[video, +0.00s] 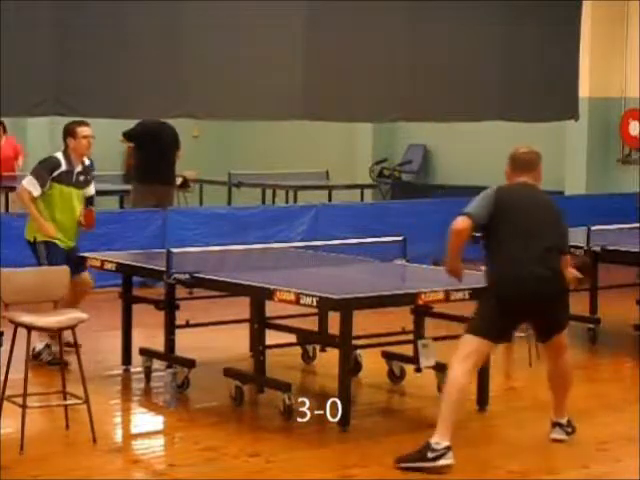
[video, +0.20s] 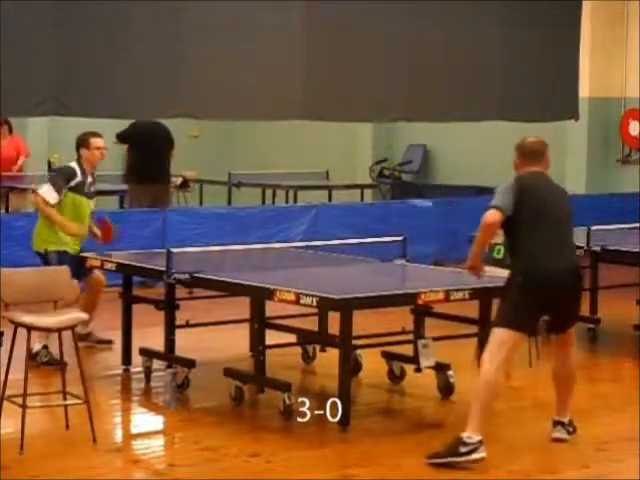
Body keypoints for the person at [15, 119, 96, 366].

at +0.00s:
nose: (89, 143)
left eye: (90, 138)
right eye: (84, 138)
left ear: (88, 142)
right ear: (70, 141)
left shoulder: (87, 168)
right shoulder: (52, 164)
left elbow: (89, 201)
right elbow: (23, 192)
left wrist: (87, 219)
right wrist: (41, 223)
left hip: (68, 238)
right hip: (45, 237)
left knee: (83, 284)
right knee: (57, 290)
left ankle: (57, 331)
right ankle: (47, 344)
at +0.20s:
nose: (102, 154)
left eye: (103, 150)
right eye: (98, 149)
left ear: (98, 153)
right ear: (83, 151)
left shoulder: (90, 178)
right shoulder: (67, 173)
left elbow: (81, 214)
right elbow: (40, 199)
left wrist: (94, 230)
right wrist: (69, 226)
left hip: (74, 246)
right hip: (53, 246)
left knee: (97, 280)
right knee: (54, 295)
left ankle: (83, 329)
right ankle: (40, 346)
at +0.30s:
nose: (109, 162)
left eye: (110, 158)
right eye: (105, 157)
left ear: (95, 162)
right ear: (91, 159)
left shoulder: (84, 182)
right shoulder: (82, 181)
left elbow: (77, 223)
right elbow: (75, 210)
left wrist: (95, 241)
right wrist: (105, 227)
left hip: (71, 250)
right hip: (57, 251)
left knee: (99, 281)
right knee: (76, 297)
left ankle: (85, 329)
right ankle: (42, 346)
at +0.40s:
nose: (112, 168)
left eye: (112, 163)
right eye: (108, 162)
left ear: (92, 165)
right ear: (94, 163)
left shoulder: (71, 181)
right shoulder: (95, 183)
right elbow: (101, 209)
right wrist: (129, 224)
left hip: (48, 250)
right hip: (66, 253)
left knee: (98, 280)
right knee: (83, 299)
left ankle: (86, 329)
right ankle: (41, 346)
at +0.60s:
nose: (115, 172)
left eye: (116, 167)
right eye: (112, 167)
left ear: (91, 168)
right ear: (98, 166)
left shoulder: (70, 183)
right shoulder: (103, 181)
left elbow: (45, 215)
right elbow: (122, 196)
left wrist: (61, 224)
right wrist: (153, 218)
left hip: (53, 247)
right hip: (75, 250)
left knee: (99, 276)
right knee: (79, 300)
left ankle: (86, 328)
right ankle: (41, 346)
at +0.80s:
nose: (116, 146)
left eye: (117, 141)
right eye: (113, 140)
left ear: (104, 142)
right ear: (100, 139)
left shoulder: (97, 174)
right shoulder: (70, 158)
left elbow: (101, 201)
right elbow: (58, 166)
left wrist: (123, 198)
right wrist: (64, 170)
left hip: (87, 230)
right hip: (65, 226)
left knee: (105, 278)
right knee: (78, 276)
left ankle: (89, 326)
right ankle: (62, 332)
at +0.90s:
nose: (104, 137)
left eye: (105, 133)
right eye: (100, 132)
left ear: (103, 136)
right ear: (85, 135)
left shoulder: (104, 159)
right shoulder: (66, 153)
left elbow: (127, 157)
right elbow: (41, 160)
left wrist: (126, 153)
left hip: (87, 226)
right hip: (63, 224)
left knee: (110, 279)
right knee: (73, 277)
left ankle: (93, 327)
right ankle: (57, 337)